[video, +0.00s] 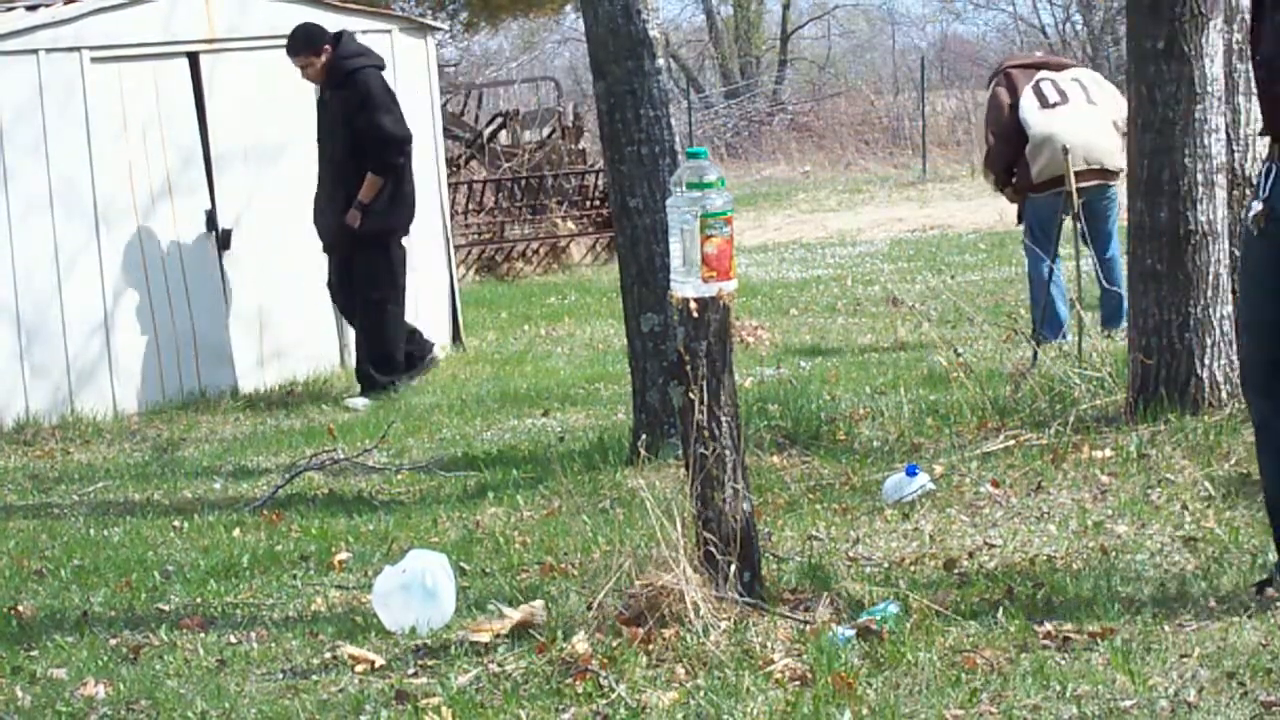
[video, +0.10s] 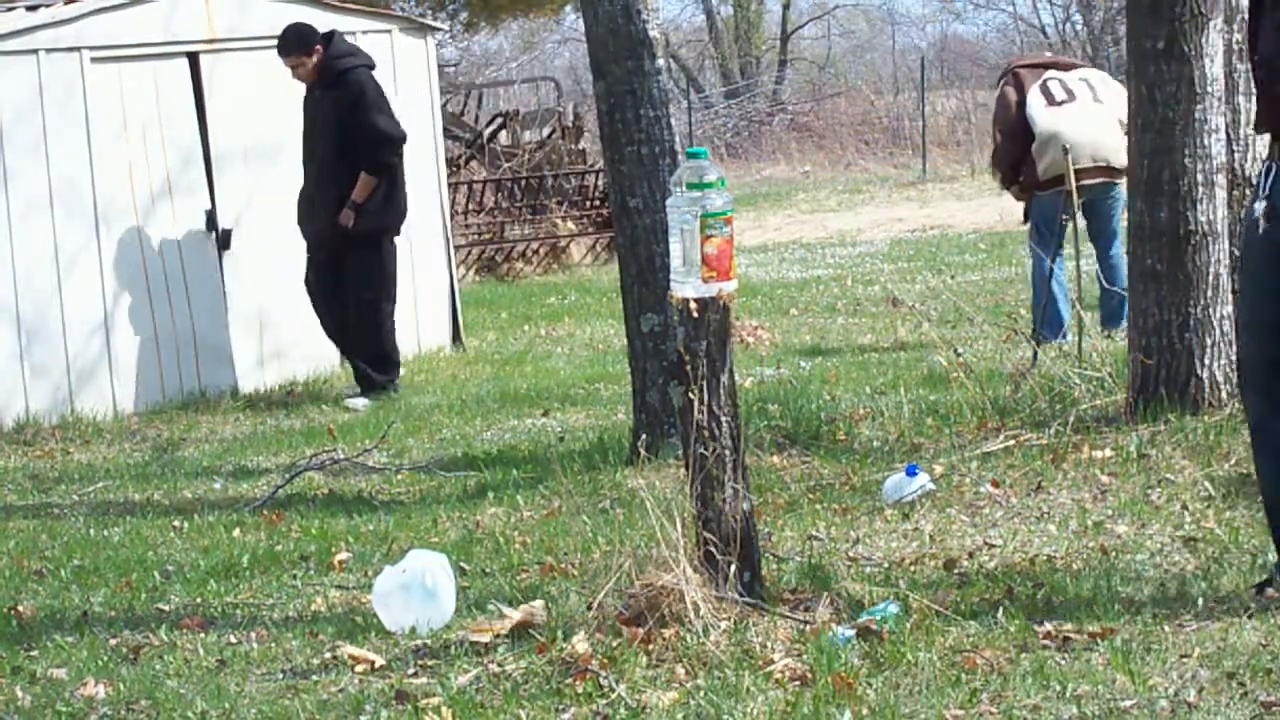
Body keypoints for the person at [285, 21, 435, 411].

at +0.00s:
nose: (303, 75)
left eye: (306, 66)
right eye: (299, 68)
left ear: (325, 53)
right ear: (315, 57)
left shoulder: (360, 78)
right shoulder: (334, 80)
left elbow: (391, 145)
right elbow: (343, 149)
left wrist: (360, 204)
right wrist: (330, 202)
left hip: (375, 216)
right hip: (347, 215)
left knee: (374, 299)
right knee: (346, 293)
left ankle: (379, 387)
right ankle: (414, 349)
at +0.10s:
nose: (293, 74)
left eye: (296, 65)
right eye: (289, 67)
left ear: (316, 52)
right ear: (303, 58)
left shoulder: (354, 80)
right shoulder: (318, 86)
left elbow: (386, 144)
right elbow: (326, 152)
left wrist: (354, 203)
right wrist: (314, 203)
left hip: (365, 218)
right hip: (329, 218)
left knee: (366, 298)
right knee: (323, 290)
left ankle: (379, 386)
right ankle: (369, 372)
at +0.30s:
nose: (269, 78)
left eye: (272, 70)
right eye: (264, 71)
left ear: (293, 57)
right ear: (272, 64)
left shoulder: (330, 82)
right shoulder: (284, 94)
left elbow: (365, 147)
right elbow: (294, 157)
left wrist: (334, 206)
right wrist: (282, 205)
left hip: (344, 223)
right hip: (301, 224)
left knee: (355, 309)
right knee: (286, 313)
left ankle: (376, 390)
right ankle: (269, 395)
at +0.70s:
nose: (194, 83)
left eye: (198, 75)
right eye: (189, 76)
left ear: (218, 62)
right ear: (186, 71)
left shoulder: (255, 85)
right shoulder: (202, 101)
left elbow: (293, 146)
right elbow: (209, 164)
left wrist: (263, 206)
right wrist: (204, 213)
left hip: (263, 219)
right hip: (224, 222)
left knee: (273, 303)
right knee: (234, 315)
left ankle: (333, 375)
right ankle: (244, 402)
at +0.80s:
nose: (180, 83)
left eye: (185, 74)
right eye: (175, 76)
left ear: (204, 61)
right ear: (173, 71)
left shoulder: (242, 85)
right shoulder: (188, 104)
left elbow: (282, 143)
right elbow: (197, 165)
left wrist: (249, 202)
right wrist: (194, 211)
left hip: (252, 219)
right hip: (213, 222)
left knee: (250, 303)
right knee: (225, 312)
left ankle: (296, 384)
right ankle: (243, 402)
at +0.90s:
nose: (169, 84)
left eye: (174, 76)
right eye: (164, 78)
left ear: (192, 62)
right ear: (162, 72)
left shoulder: (230, 84)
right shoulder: (176, 104)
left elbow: (270, 144)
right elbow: (186, 163)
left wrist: (236, 203)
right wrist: (184, 211)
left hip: (241, 220)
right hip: (205, 222)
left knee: (230, 304)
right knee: (217, 309)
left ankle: (249, 400)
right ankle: (235, 399)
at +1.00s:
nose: (159, 84)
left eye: (164, 75)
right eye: (153, 77)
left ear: (181, 62)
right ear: (148, 73)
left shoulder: (219, 86)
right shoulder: (163, 108)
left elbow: (259, 145)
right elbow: (175, 166)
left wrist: (225, 205)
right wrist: (172, 214)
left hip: (229, 218)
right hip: (191, 219)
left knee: (212, 306)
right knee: (218, 309)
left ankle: (198, 403)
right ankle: (243, 399)